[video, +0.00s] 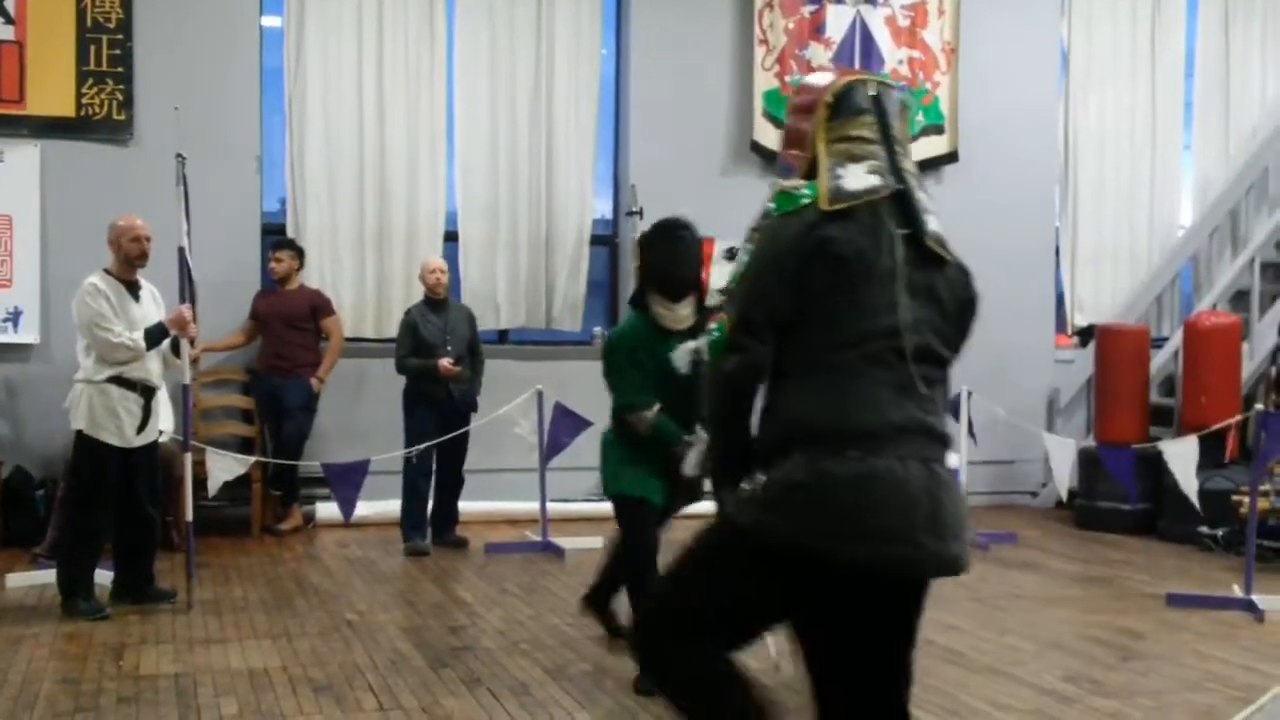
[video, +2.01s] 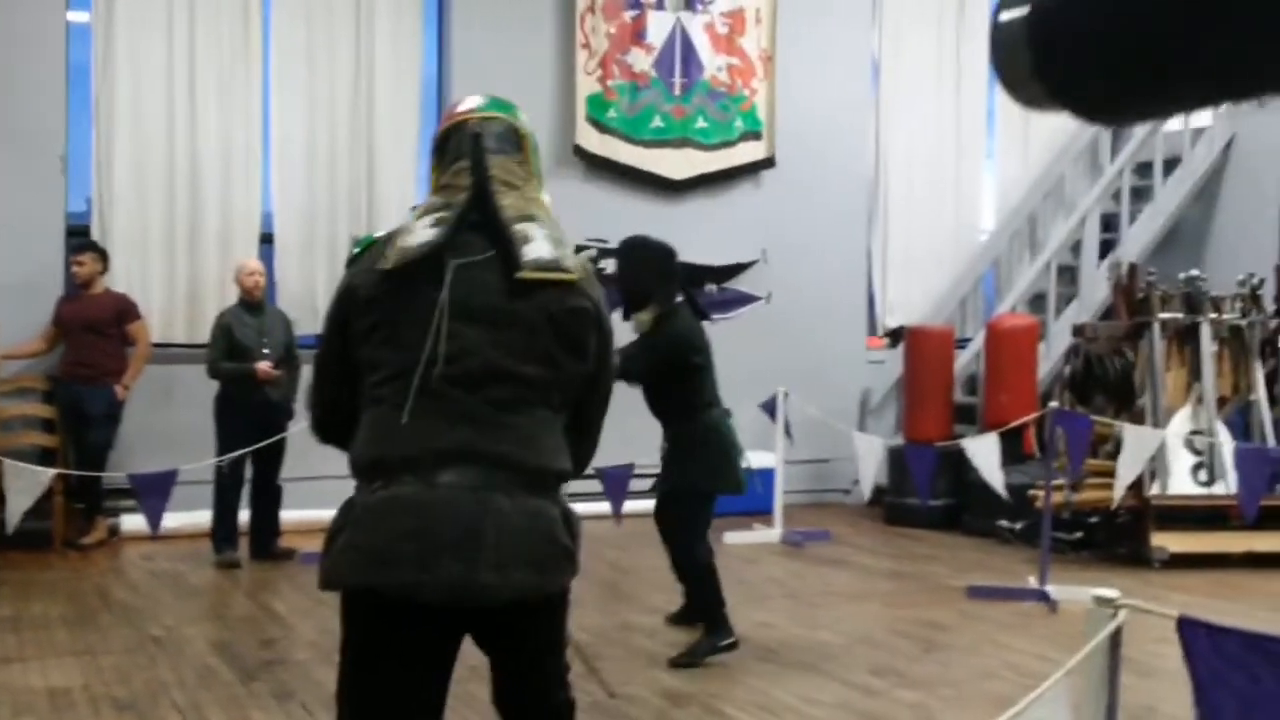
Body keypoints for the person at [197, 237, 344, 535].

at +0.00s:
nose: (273, 265)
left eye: (280, 260)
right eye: (272, 260)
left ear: (297, 264)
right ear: (270, 264)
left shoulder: (315, 299)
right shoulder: (263, 299)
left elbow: (336, 338)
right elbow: (245, 336)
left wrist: (320, 377)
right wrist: (205, 347)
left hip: (300, 382)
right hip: (267, 380)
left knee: (289, 445)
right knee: (275, 445)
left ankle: (289, 510)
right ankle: (288, 510)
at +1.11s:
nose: (238, 266)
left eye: (244, 261)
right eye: (236, 261)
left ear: (262, 263)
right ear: (235, 265)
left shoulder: (281, 299)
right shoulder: (229, 300)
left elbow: (303, 339)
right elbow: (210, 337)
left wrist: (286, 378)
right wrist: (169, 349)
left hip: (266, 382)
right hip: (232, 381)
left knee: (255, 446)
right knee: (241, 447)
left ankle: (258, 511)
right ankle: (255, 511)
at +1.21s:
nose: (216, 265)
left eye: (222, 260)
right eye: (214, 259)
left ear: (237, 263)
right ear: (211, 264)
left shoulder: (254, 299)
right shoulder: (208, 299)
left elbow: (277, 338)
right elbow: (186, 335)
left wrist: (260, 377)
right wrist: (145, 349)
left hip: (238, 381)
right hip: (206, 379)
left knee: (228, 445)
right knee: (211, 446)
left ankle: (231, 510)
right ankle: (218, 509)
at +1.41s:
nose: (176, 268)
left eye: (182, 262)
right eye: (174, 263)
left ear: (201, 266)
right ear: (172, 267)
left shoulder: (219, 300)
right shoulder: (168, 301)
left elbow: (242, 340)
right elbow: (148, 338)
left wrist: (225, 380)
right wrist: (107, 351)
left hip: (204, 384)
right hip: (170, 383)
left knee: (193, 449)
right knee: (175, 449)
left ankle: (196, 513)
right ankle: (186, 512)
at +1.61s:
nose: (143, 267)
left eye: (149, 262)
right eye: (141, 262)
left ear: (167, 265)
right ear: (139, 266)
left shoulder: (185, 301)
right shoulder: (135, 301)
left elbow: (209, 341)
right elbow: (114, 339)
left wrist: (192, 381)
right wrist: (72, 351)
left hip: (169, 384)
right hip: (135, 382)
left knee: (159, 448)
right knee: (140, 449)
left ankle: (162, 514)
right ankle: (147, 512)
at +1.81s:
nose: (105, 267)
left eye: (112, 261)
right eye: (103, 262)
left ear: (130, 264)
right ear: (102, 265)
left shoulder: (148, 301)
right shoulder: (98, 301)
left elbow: (174, 340)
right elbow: (76, 340)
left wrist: (156, 381)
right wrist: (33, 353)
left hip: (134, 385)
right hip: (100, 384)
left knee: (124, 451)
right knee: (107, 451)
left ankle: (129, 517)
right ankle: (121, 515)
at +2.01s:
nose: (75, 269)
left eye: (82, 263)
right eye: (73, 264)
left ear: (101, 266)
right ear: (72, 268)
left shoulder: (119, 303)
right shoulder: (67, 304)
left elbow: (144, 344)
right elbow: (45, 343)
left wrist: (126, 384)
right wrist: (5, 354)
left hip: (104, 389)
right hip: (69, 387)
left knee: (93, 454)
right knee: (77, 455)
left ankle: (97, 521)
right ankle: (86, 520)